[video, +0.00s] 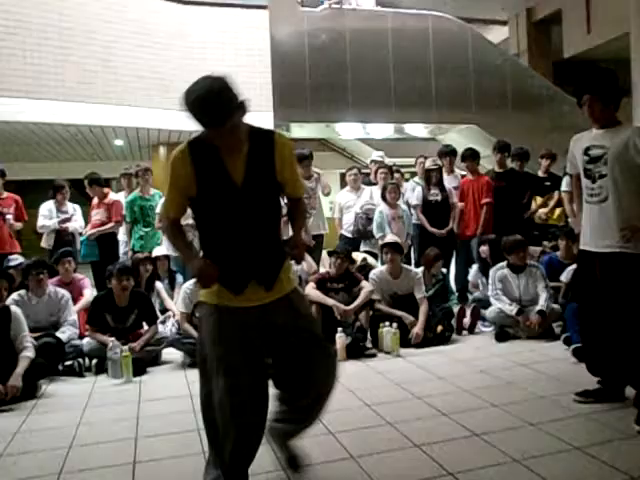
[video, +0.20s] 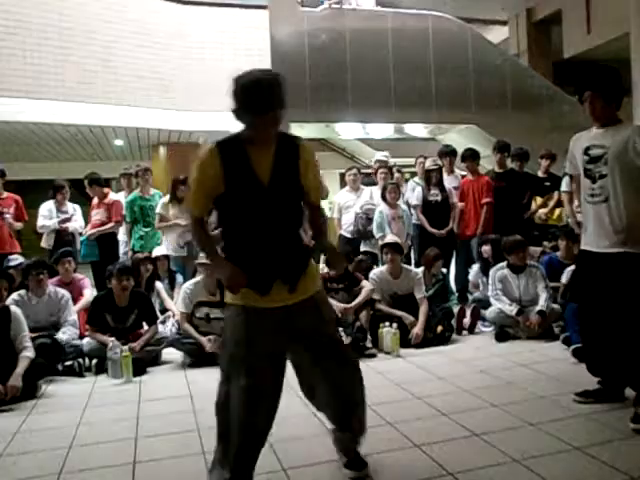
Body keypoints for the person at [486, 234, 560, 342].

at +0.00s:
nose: (522, 255)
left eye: (524, 251)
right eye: (517, 253)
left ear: (527, 251)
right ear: (507, 256)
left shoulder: (536, 269)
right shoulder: (497, 272)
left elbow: (544, 291)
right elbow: (495, 296)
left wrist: (541, 311)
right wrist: (517, 311)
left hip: (532, 307)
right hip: (510, 309)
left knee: (555, 310)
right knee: (492, 314)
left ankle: (514, 333)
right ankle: (539, 331)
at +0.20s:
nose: (522, 256)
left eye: (524, 252)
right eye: (517, 253)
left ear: (527, 252)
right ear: (508, 256)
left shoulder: (536, 269)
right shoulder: (496, 272)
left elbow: (544, 291)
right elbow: (495, 296)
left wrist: (541, 311)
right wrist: (517, 311)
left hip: (532, 308)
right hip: (510, 309)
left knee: (555, 310)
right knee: (492, 314)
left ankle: (515, 333)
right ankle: (539, 332)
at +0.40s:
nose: (521, 256)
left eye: (523, 252)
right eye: (516, 253)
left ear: (526, 252)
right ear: (506, 256)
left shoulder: (535, 269)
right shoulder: (496, 272)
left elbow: (543, 292)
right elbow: (495, 296)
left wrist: (540, 311)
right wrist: (516, 311)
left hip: (532, 307)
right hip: (509, 309)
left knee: (554, 310)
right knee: (492, 314)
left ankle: (513, 333)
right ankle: (538, 331)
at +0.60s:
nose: (521, 256)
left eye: (522, 252)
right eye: (516, 253)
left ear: (525, 252)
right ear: (506, 256)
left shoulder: (534, 269)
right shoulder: (495, 272)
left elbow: (543, 291)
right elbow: (494, 295)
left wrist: (539, 311)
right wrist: (515, 311)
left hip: (531, 307)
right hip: (509, 308)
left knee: (549, 311)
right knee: (491, 313)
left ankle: (513, 333)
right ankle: (538, 331)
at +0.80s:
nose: (520, 256)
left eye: (522, 252)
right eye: (515, 253)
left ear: (525, 252)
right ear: (506, 256)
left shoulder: (535, 269)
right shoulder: (495, 272)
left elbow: (543, 292)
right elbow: (494, 296)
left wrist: (539, 312)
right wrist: (516, 311)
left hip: (531, 307)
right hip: (509, 309)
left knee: (554, 310)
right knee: (491, 314)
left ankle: (513, 333)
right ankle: (538, 331)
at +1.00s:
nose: (531, 255)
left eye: (533, 251)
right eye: (526, 252)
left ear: (536, 251)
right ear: (517, 255)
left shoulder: (545, 268)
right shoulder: (506, 271)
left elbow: (553, 291)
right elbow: (505, 295)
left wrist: (549, 311)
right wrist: (526, 311)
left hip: (541, 306)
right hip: (519, 307)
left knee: (564, 310)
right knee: (501, 313)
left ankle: (523, 332)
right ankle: (547, 331)